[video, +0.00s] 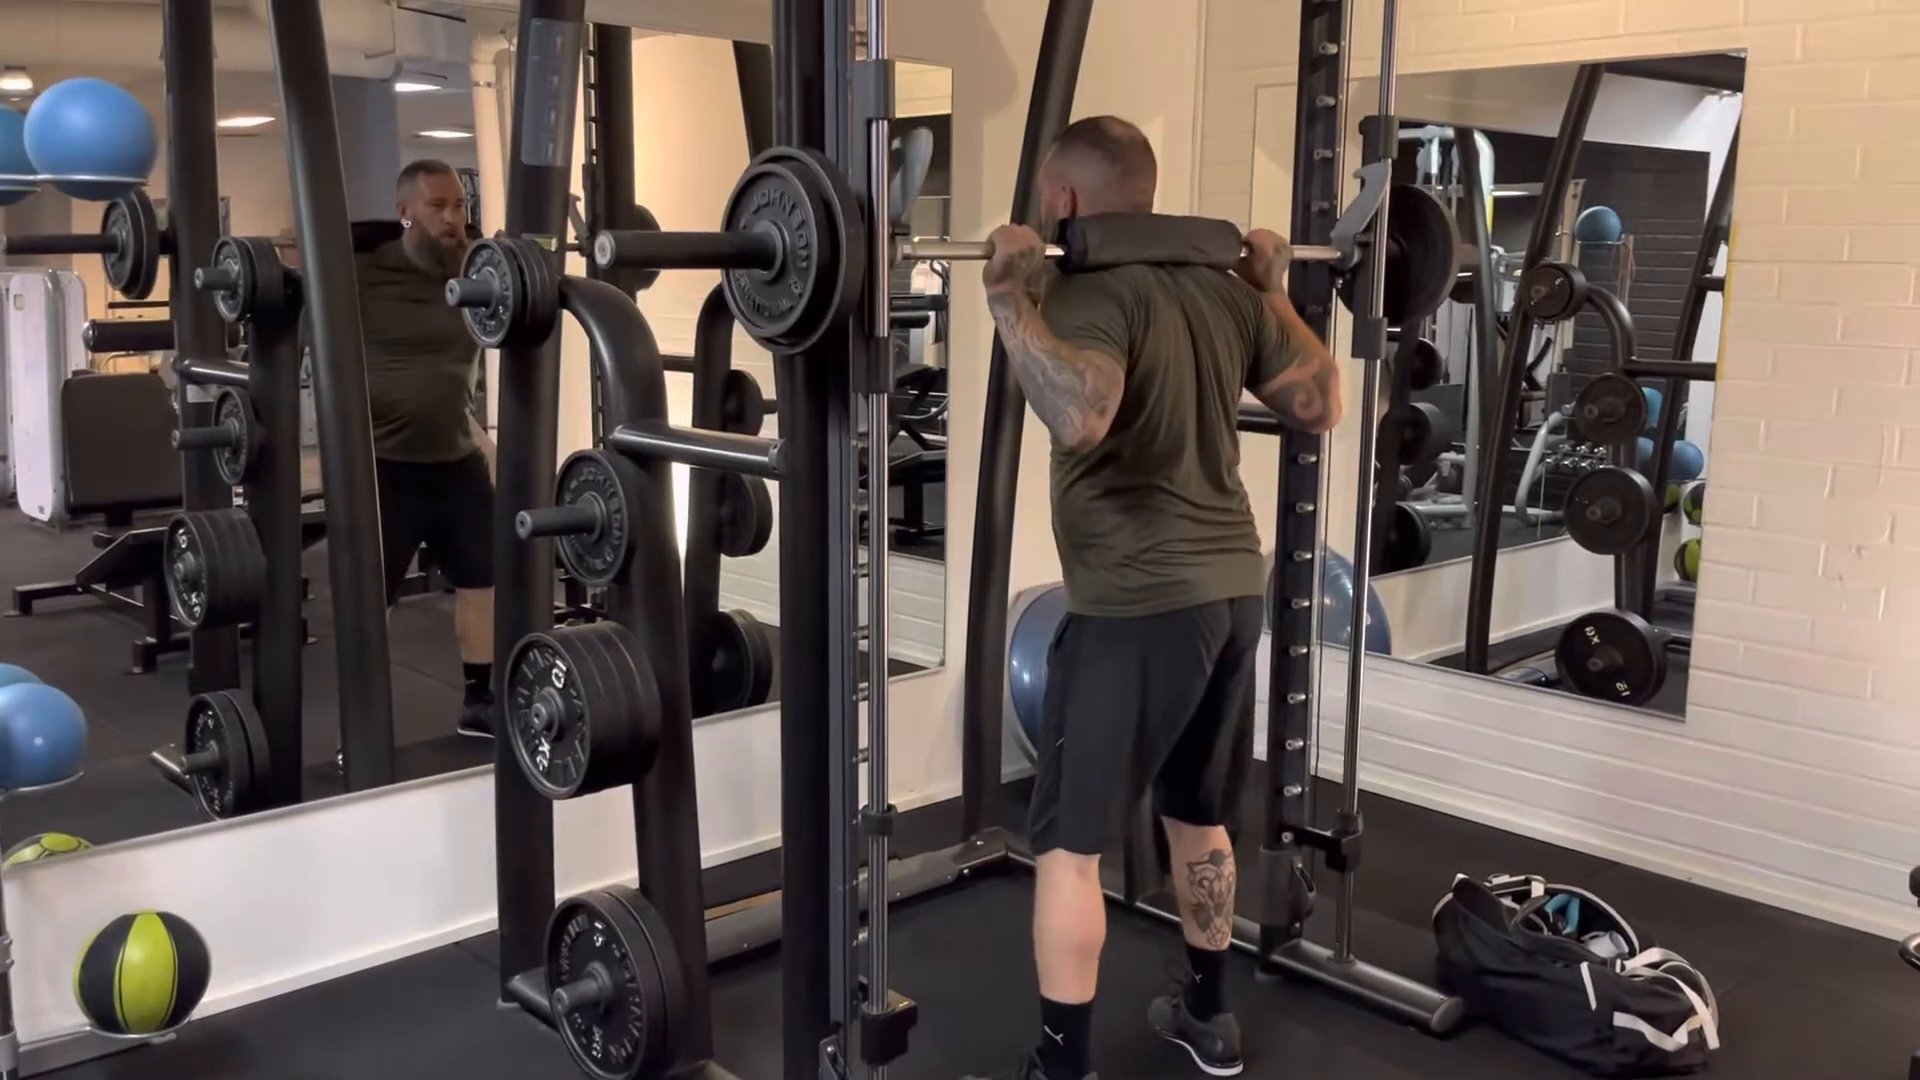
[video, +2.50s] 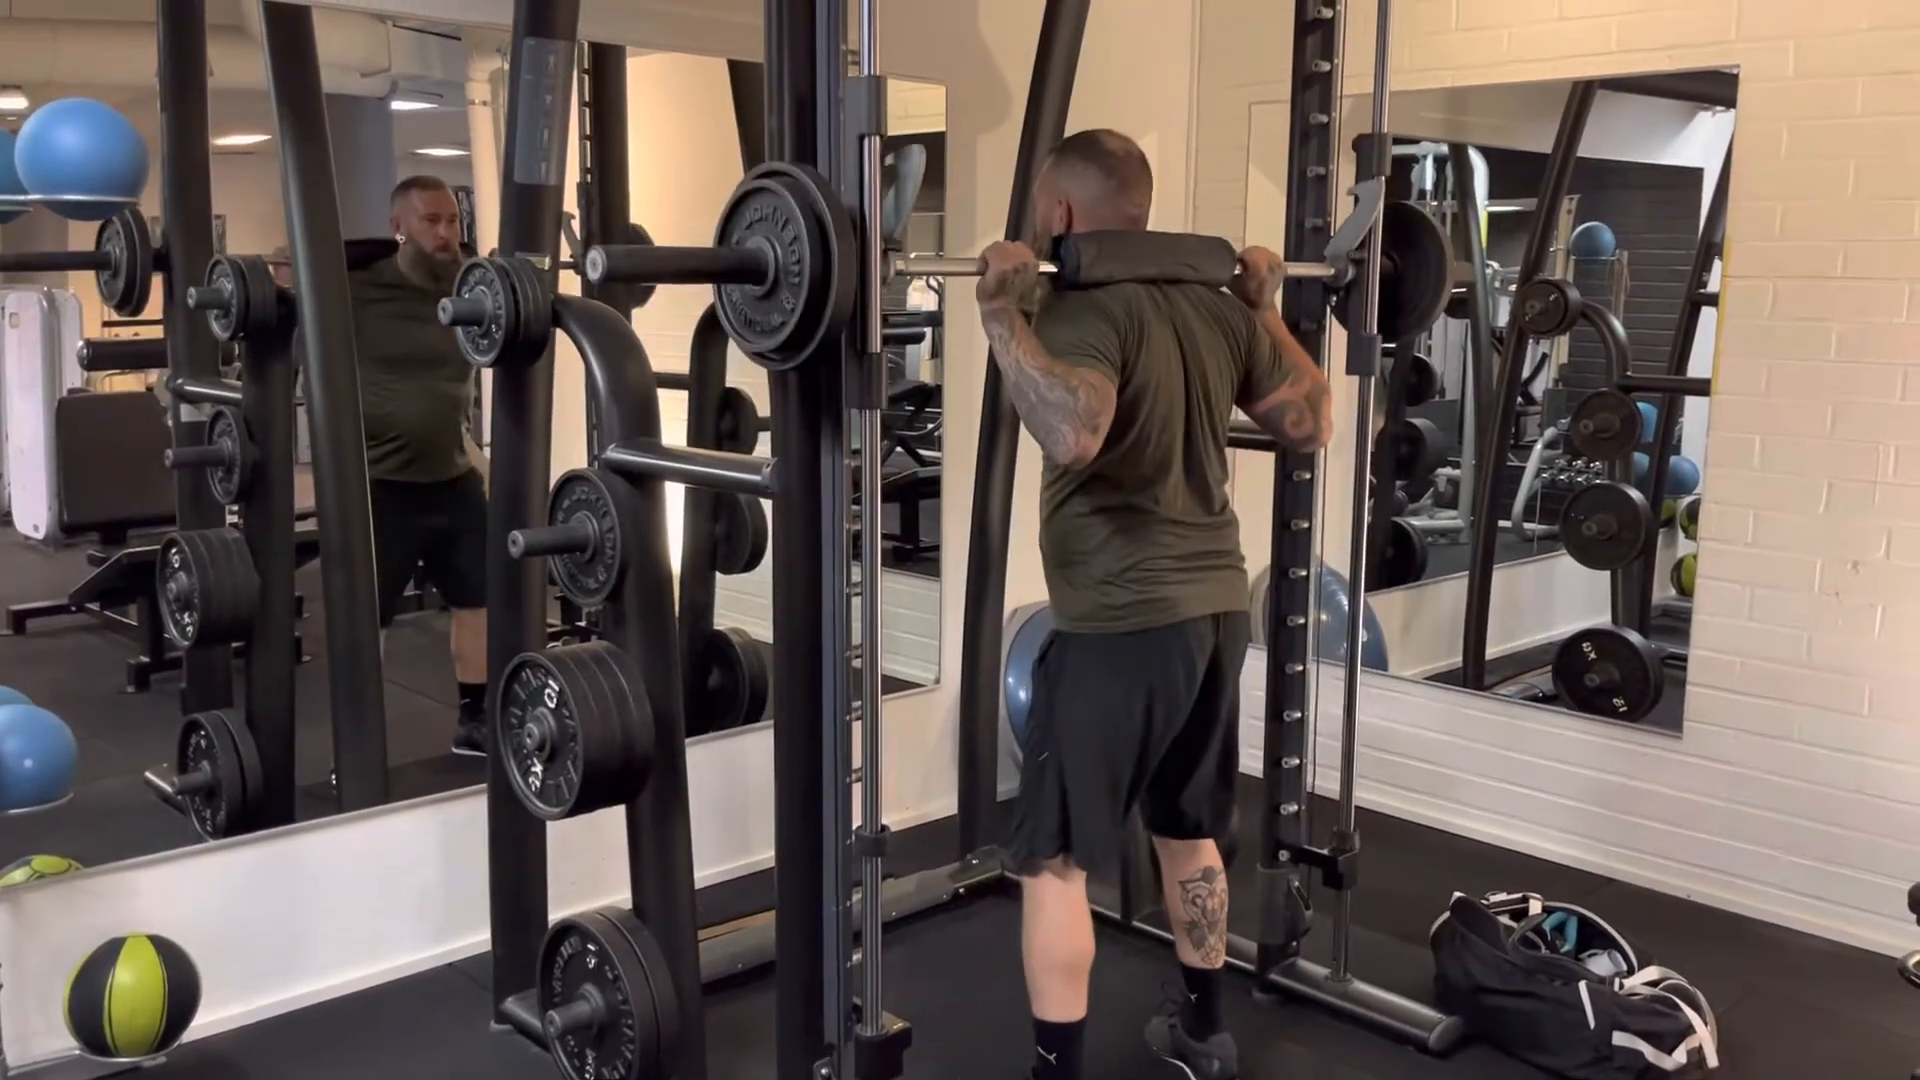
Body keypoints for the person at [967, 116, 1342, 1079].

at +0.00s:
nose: (1042, 214)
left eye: (1044, 199)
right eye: (1045, 200)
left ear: (1067, 195)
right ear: (1147, 191)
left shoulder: (1095, 283)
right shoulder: (1225, 281)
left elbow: (1081, 414)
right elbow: (1315, 402)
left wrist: (1009, 291)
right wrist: (1273, 293)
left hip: (1135, 604)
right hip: (1234, 592)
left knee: (1072, 840)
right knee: (1197, 806)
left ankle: (1061, 1065)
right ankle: (1209, 1016)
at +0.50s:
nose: (1040, 300)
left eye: (1045, 284)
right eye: (1040, 284)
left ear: (1071, 280)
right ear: (1140, 271)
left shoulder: (1101, 361)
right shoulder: (1228, 351)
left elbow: (1087, 484)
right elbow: (1324, 464)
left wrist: (1011, 376)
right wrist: (1275, 356)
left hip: (1173, 674)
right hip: (1271, 664)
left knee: (1019, 850)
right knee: (1187, 810)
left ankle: (1058, 1067)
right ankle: (1210, 1022)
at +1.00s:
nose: (1033, 546)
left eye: (1033, 529)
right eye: (1032, 528)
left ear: (1056, 536)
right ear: (1132, 521)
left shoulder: (1098, 609)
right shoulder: (1223, 594)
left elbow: (1093, 750)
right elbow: (1331, 688)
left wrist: (1005, 638)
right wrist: (1266, 585)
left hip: (1205, 914)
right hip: (1302, 898)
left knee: (971, 863)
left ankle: (1053, 1067)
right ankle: (1205, 1022)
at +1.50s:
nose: (1034, 524)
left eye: (1035, 508)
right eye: (1033, 507)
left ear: (1058, 515)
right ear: (1132, 503)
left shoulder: (1094, 591)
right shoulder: (1222, 575)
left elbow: (1091, 729)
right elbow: (1329, 674)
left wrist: (1004, 621)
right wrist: (1265, 568)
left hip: (1209, 892)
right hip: (1309, 876)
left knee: (977, 863)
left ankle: (1050, 1067)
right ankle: (1203, 1021)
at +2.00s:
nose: (1038, 280)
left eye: (1041, 264)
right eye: (1039, 265)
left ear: (1065, 261)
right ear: (1137, 256)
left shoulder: (1089, 352)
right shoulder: (1219, 345)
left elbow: (1075, 481)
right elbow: (1313, 460)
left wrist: (1007, 376)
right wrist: (1267, 353)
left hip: (1152, 660)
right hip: (1254, 649)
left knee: (1020, 855)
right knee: (1177, 819)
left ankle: (1055, 1067)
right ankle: (1201, 1022)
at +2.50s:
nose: (1037, 223)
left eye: (1041, 207)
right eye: (1043, 207)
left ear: (1063, 208)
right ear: (1141, 205)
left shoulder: (1087, 302)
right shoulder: (1210, 299)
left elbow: (1074, 429)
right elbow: (1305, 420)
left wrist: (1001, 309)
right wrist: (1266, 310)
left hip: (1119, 622)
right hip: (1216, 608)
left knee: (1057, 854)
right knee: (1186, 825)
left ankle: (1056, 1067)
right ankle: (1203, 1032)